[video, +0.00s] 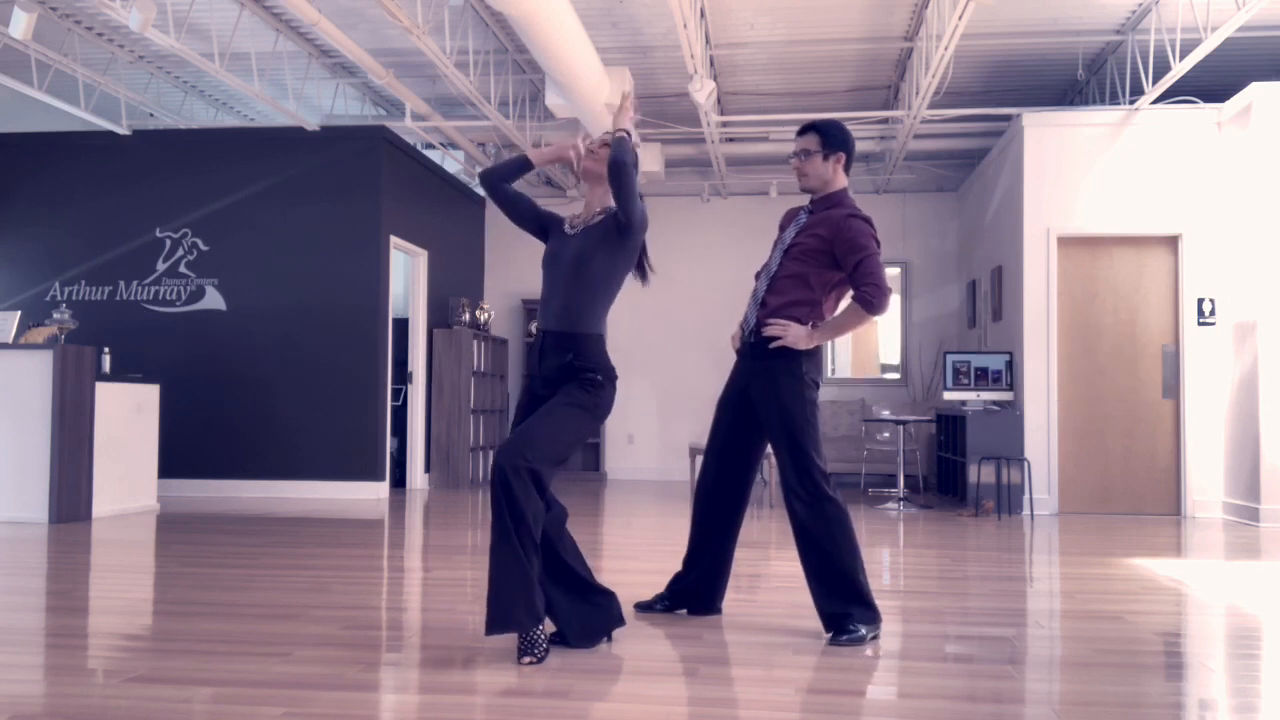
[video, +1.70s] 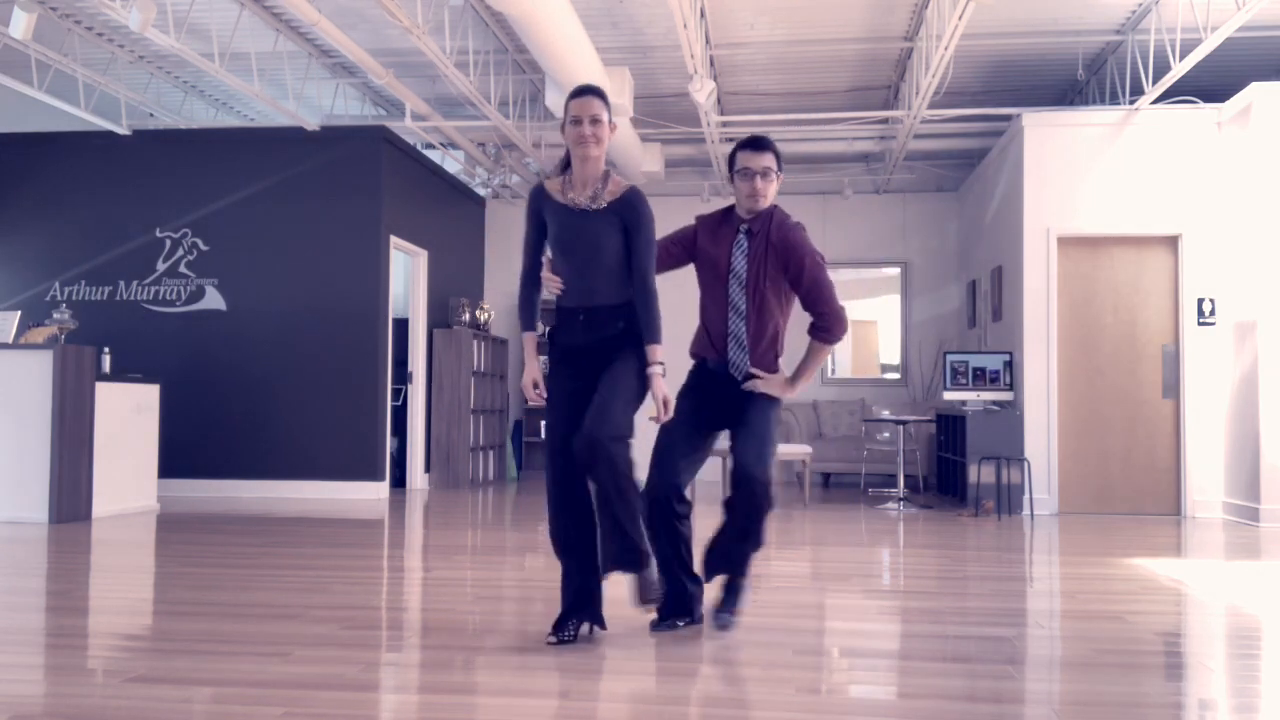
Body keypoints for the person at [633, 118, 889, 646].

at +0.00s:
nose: (795, 164)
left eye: (805, 156)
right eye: (794, 156)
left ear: (837, 162)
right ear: (806, 164)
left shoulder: (848, 221)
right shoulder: (798, 217)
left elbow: (874, 298)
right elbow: (780, 280)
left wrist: (817, 334)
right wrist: (747, 325)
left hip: (787, 364)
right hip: (751, 359)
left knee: (807, 487)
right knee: (721, 479)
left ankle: (855, 616)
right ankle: (697, 591)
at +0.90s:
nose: (793, 163)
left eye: (804, 154)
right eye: (792, 155)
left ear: (837, 159)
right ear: (807, 163)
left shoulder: (865, 218)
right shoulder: (791, 224)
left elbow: (906, 294)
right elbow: (740, 276)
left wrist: (848, 347)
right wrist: (690, 319)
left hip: (811, 370)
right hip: (764, 364)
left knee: (808, 493)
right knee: (706, 473)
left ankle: (857, 617)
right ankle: (699, 584)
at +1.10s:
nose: (797, 149)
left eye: (807, 141)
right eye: (789, 142)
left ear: (829, 152)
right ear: (780, 151)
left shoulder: (838, 208)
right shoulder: (765, 212)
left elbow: (885, 279)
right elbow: (700, 250)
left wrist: (831, 336)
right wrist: (630, 271)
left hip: (794, 363)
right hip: (745, 360)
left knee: (815, 490)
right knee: (694, 487)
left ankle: (856, 618)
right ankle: (688, 602)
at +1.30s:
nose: (785, 145)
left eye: (796, 137)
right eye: (776, 135)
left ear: (810, 148)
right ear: (762, 142)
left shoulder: (813, 206)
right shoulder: (730, 191)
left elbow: (859, 284)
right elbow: (656, 216)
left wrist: (794, 316)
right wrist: (587, 231)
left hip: (762, 356)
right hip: (709, 351)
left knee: (783, 473)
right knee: (684, 480)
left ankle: (833, 592)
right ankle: (691, 604)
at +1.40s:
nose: (778, 151)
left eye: (789, 143)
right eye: (768, 141)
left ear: (803, 152)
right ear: (754, 147)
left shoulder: (811, 218)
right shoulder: (723, 195)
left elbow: (851, 297)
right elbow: (651, 218)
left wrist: (786, 336)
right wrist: (597, 225)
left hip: (748, 355)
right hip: (695, 348)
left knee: (748, 459)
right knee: (676, 472)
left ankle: (775, 550)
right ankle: (688, 600)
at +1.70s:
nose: (756, 184)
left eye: (765, 174)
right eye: (746, 174)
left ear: (779, 180)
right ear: (731, 178)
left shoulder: (790, 240)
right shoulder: (707, 230)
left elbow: (832, 321)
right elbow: (641, 262)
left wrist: (792, 386)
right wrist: (564, 271)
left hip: (760, 386)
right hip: (707, 376)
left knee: (753, 481)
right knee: (663, 484)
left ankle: (730, 573)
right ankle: (682, 600)